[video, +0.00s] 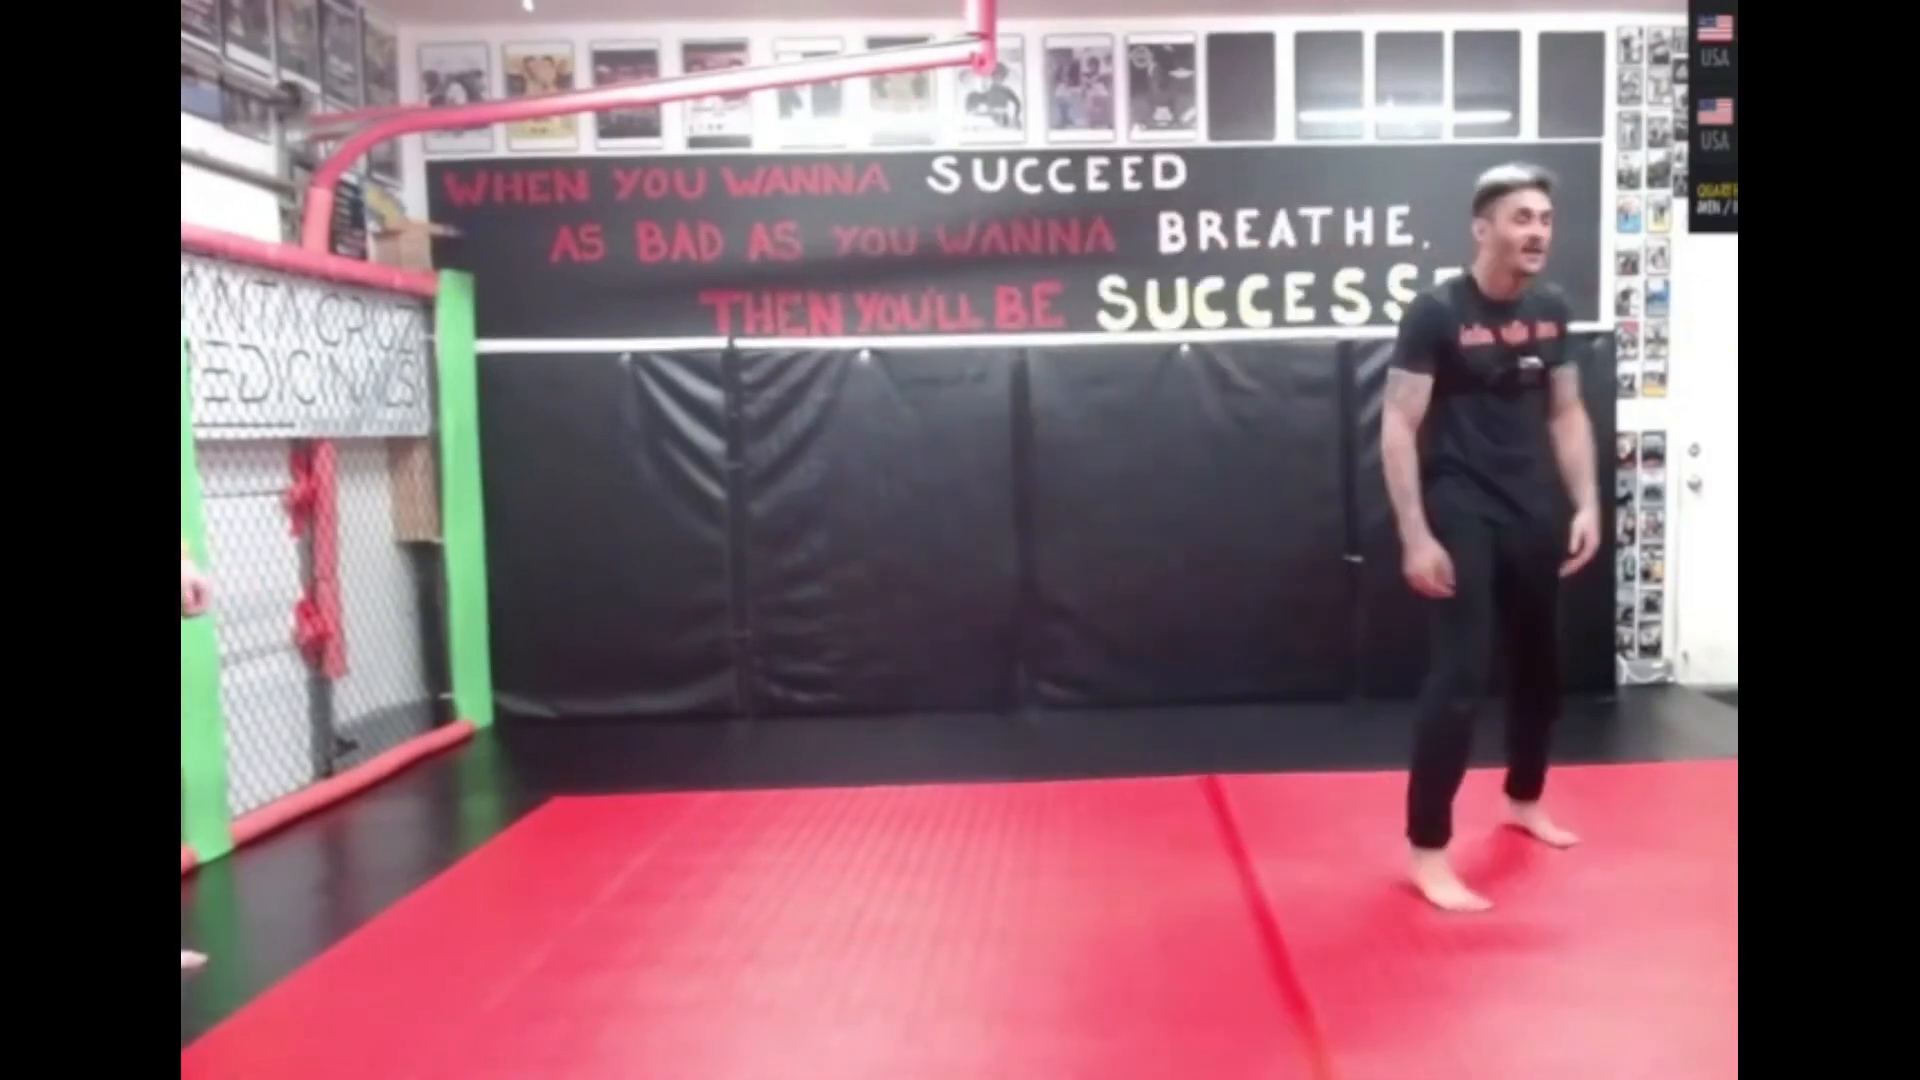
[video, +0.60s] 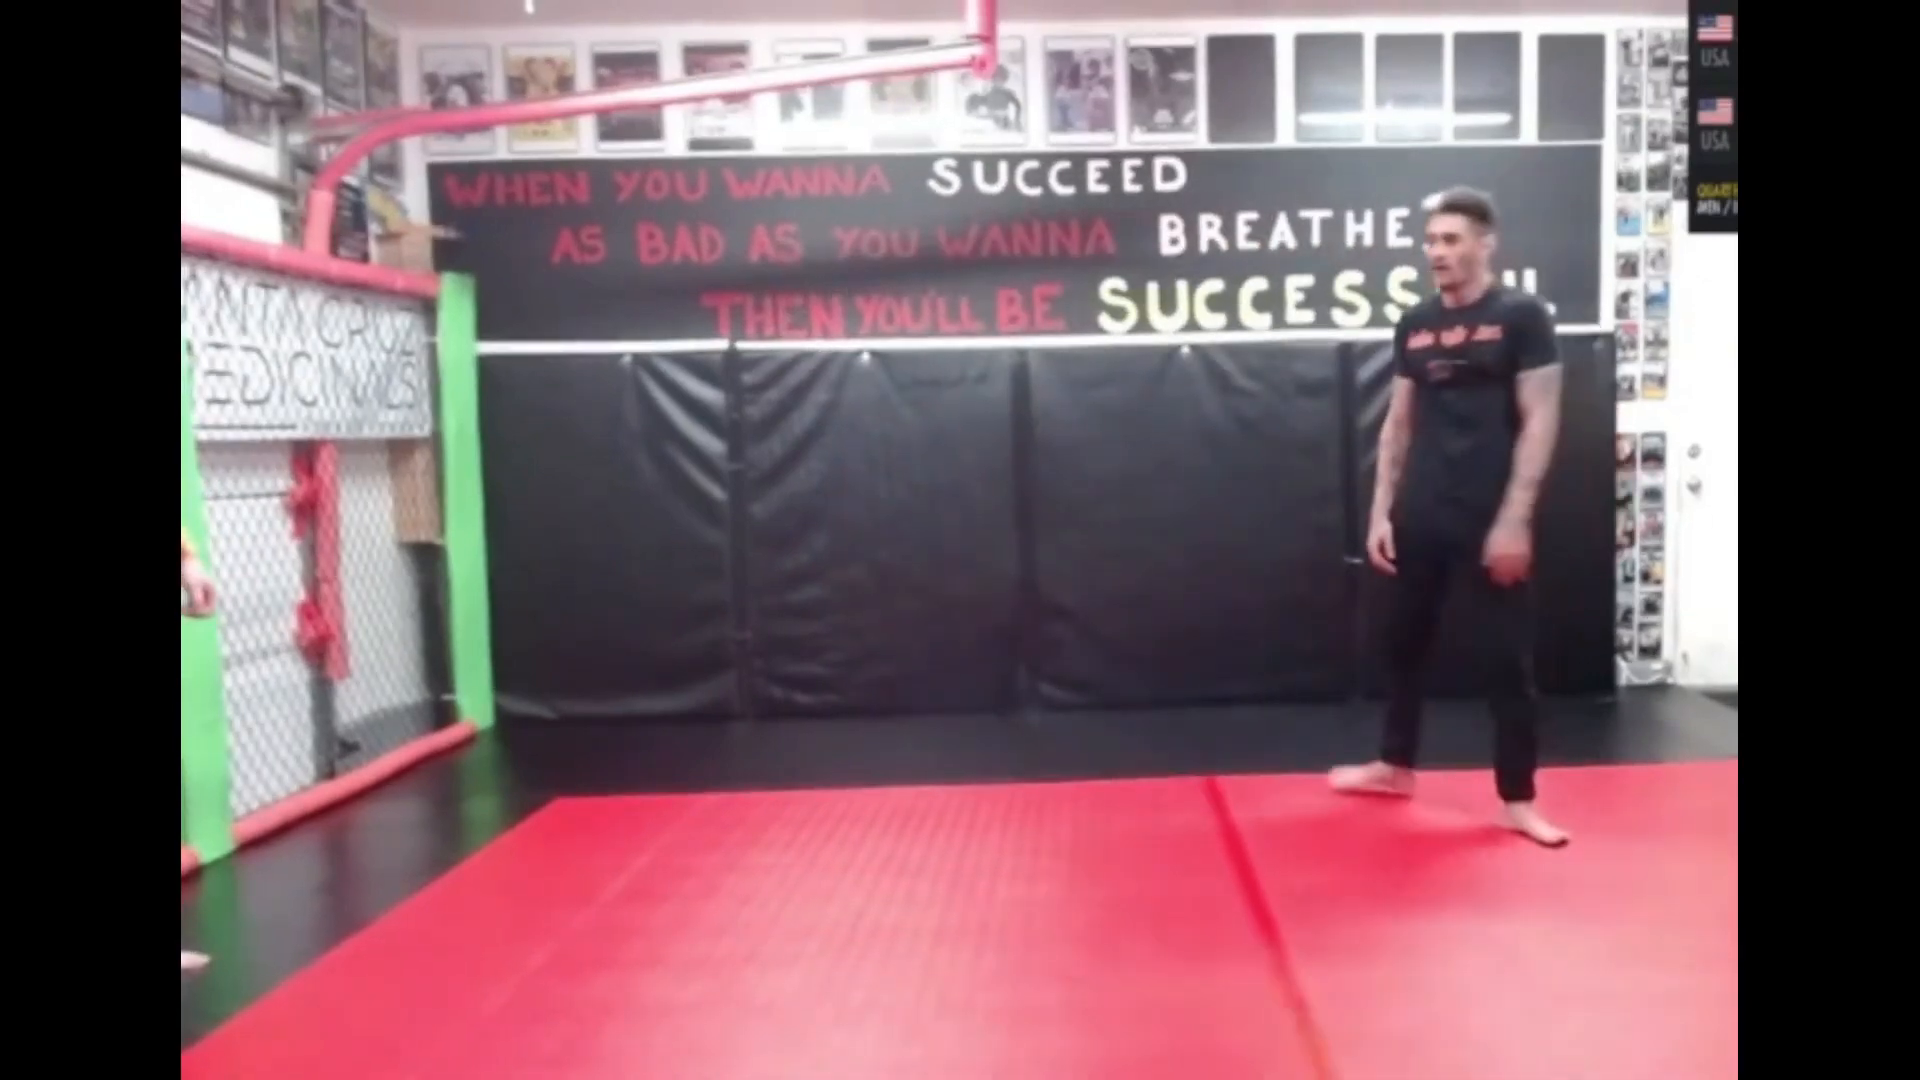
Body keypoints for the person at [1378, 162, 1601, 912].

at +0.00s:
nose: (1537, 231)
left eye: (1545, 219)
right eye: (1522, 218)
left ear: (1551, 232)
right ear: (1482, 227)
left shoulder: (1548, 308)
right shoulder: (1436, 312)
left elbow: (1567, 413)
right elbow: (1396, 428)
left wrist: (1586, 503)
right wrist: (1414, 537)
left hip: (1534, 508)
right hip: (1460, 509)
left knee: (1538, 661)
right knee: (1462, 667)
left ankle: (1523, 799)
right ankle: (1426, 851)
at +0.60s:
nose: (1438, 251)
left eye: (1451, 239)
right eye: (1431, 241)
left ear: (1487, 245)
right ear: (1426, 250)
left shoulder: (1522, 318)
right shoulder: (1415, 326)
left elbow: (1540, 422)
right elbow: (1398, 424)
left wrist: (1514, 519)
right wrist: (1381, 510)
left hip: (1495, 512)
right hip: (1424, 508)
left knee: (1508, 656)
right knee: (1405, 639)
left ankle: (1518, 797)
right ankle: (1395, 765)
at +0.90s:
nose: (1382, 271)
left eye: (1393, 259)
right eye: (1374, 261)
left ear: (1422, 263)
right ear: (1367, 270)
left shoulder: (1445, 329)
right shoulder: (1358, 344)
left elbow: (1457, 414)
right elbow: (1345, 433)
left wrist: (1422, 472)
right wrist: (1324, 516)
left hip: (1422, 494)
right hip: (1366, 497)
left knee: (1422, 632)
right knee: (1378, 628)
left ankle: (1459, 785)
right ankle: (1404, 756)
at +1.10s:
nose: (1355, 270)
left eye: (1367, 259)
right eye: (1348, 261)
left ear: (1394, 265)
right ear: (1342, 271)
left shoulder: (1416, 322)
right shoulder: (1340, 344)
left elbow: (1430, 387)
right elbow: (1327, 437)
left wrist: (1421, 434)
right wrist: (1300, 518)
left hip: (1406, 490)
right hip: (1355, 494)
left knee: (1377, 626)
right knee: (1375, 626)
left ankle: (1375, 779)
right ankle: (1404, 759)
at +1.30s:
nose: (1314, 274)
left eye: (1326, 263)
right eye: (1307, 264)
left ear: (1355, 267)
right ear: (1302, 273)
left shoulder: (1377, 325)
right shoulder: (1309, 347)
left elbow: (1379, 397)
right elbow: (1298, 441)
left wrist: (1352, 418)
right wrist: (1276, 523)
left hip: (1367, 503)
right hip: (1324, 503)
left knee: (1333, 636)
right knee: (1356, 633)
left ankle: (1309, 788)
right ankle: (1403, 758)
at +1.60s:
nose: (1274, 267)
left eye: (1286, 255)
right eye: (1267, 257)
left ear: (1314, 258)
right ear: (1263, 265)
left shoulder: (1333, 319)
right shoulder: (1277, 335)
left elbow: (1323, 395)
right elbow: (1267, 433)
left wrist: (1294, 434)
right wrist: (1239, 512)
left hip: (1322, 502)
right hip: (1279, 504)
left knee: (1314, 641)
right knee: (1254, 633)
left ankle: (1310, 790)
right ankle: (1330, 735)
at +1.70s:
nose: (1245, 268)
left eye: (1257, 256)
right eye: (1237, 258)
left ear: (1283, 257)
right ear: (1230, 266)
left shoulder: (1302, 318)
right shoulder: (1245, 334)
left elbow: (1300, 390)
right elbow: (1235, 430)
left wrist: (1280, 441)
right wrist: (1207, 510)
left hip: (1294, 502)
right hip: (1248, 505)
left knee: (1297, 637)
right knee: (1209, 618)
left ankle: (1308, 789)